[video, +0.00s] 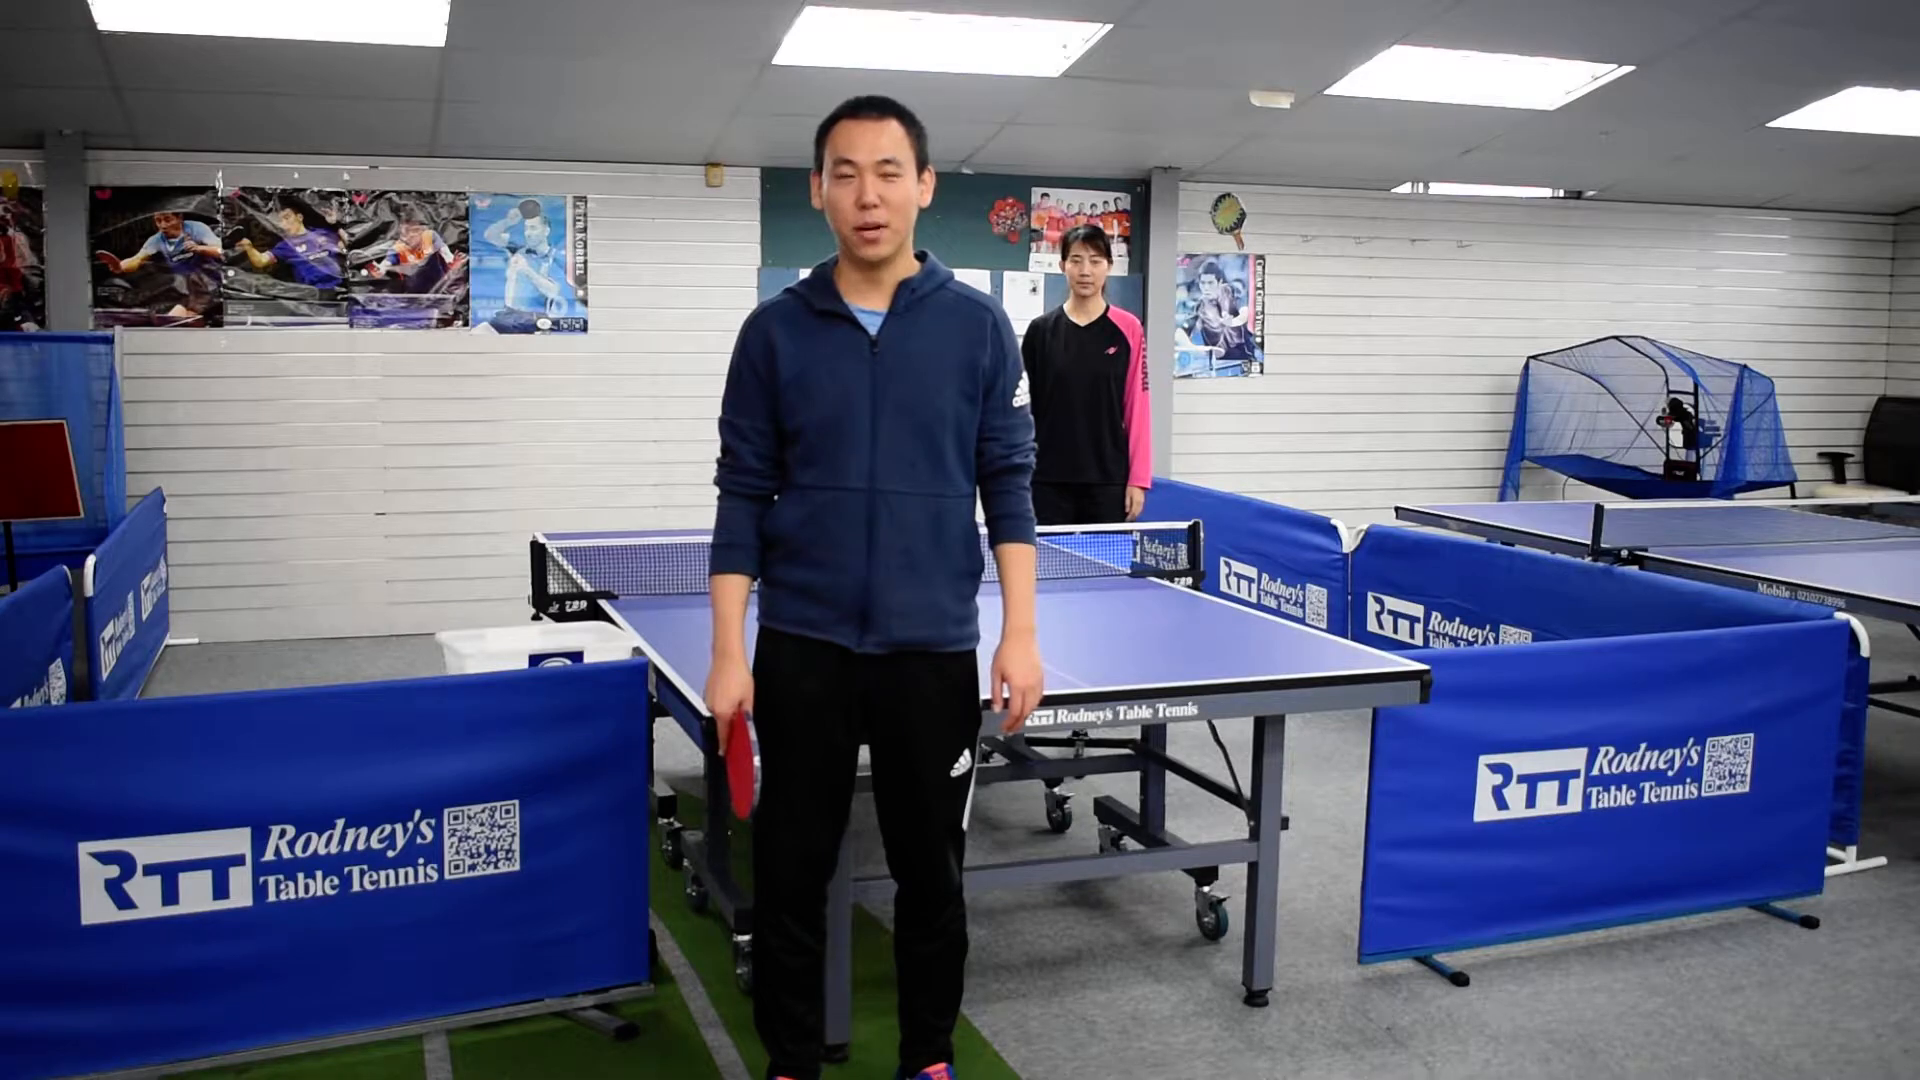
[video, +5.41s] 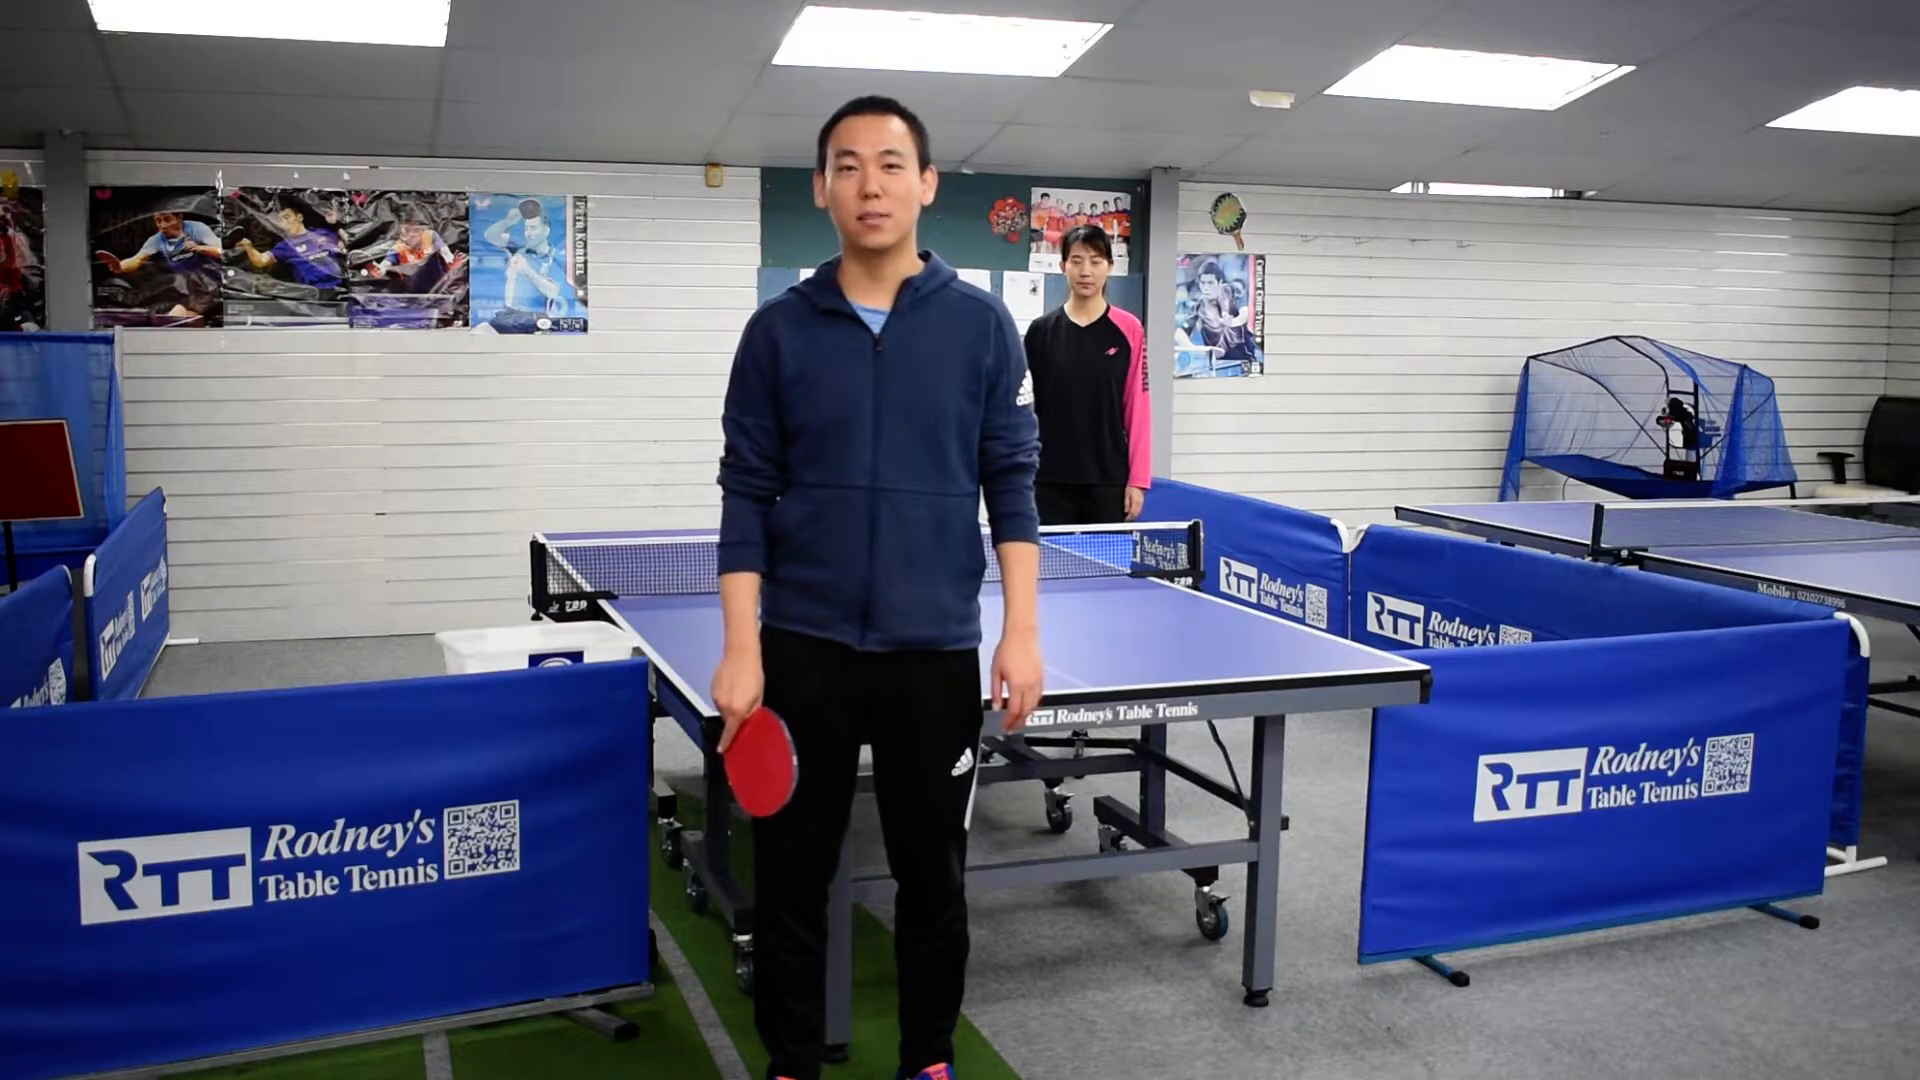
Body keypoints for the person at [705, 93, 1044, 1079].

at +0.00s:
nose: (867, 193)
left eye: (888, 172)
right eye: (846, 174)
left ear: (923, 189)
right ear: (820, 194)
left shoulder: (977, 326)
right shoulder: (775, 330)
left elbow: (1009, 483)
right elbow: (740, 491)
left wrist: (1020, 632)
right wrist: (728, 651)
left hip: (931, 644)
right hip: (804, 642)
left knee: (930, 871)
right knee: (789, 874)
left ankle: (929, 1061)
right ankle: (791, 1061)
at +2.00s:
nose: (870, 185)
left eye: (892, 166)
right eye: (848, 167)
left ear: (926, 187)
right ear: (822, 190)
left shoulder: (979, 326)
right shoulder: (777, 330)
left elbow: (1012, 482)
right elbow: (743, 492)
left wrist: (1023, 631)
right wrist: (732, 653)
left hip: (934, 645)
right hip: (806, 644)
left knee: (932, 875)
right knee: (791, 877)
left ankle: (930, 1060)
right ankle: (791, 1062)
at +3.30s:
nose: (864, 195)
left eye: (884, 173)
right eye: (842, 176)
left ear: (919, 187)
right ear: (814, 194)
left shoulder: (976, 323)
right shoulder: (777, 328)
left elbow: (1010, 478)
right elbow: (736, 467)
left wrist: (1025, 628)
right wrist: (682, 539)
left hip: (936, 640)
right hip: (808, 636)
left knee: (931, 869)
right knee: (793, 867)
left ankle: (928, 1058)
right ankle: (792, 1062)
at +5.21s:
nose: (870, 185)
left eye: (892, 166)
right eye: (849, 167)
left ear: (928, 188)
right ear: (825, 192)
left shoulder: (983, 326)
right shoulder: (780, 330)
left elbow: (1016, 483)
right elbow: (746, 490)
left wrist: (1026, 633)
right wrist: (742, 646)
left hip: (934, 647)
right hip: (804, 644)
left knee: (932, 875)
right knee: (792, 880)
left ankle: (929, 1061)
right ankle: (790, 1062)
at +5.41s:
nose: (868, 184)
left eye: (890, 165)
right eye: (847, 167)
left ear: (925, 188)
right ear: (823, 191)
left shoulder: (980, 326)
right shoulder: (779, 329)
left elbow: (1013, 483)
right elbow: (744, 489)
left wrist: (1022, 631)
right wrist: (741, 645)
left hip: (933, 647)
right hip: (803, 645)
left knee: (932, 875)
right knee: (791, 881)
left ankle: (930, 1060)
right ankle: (791, 1062)